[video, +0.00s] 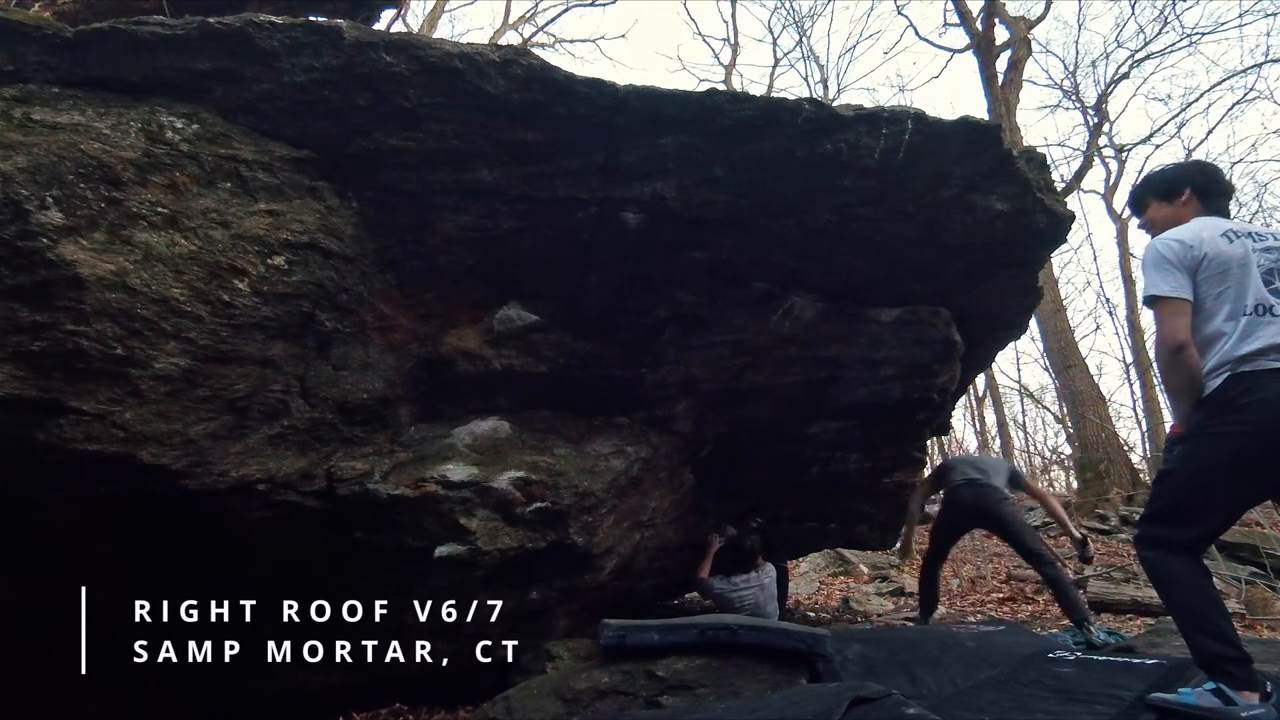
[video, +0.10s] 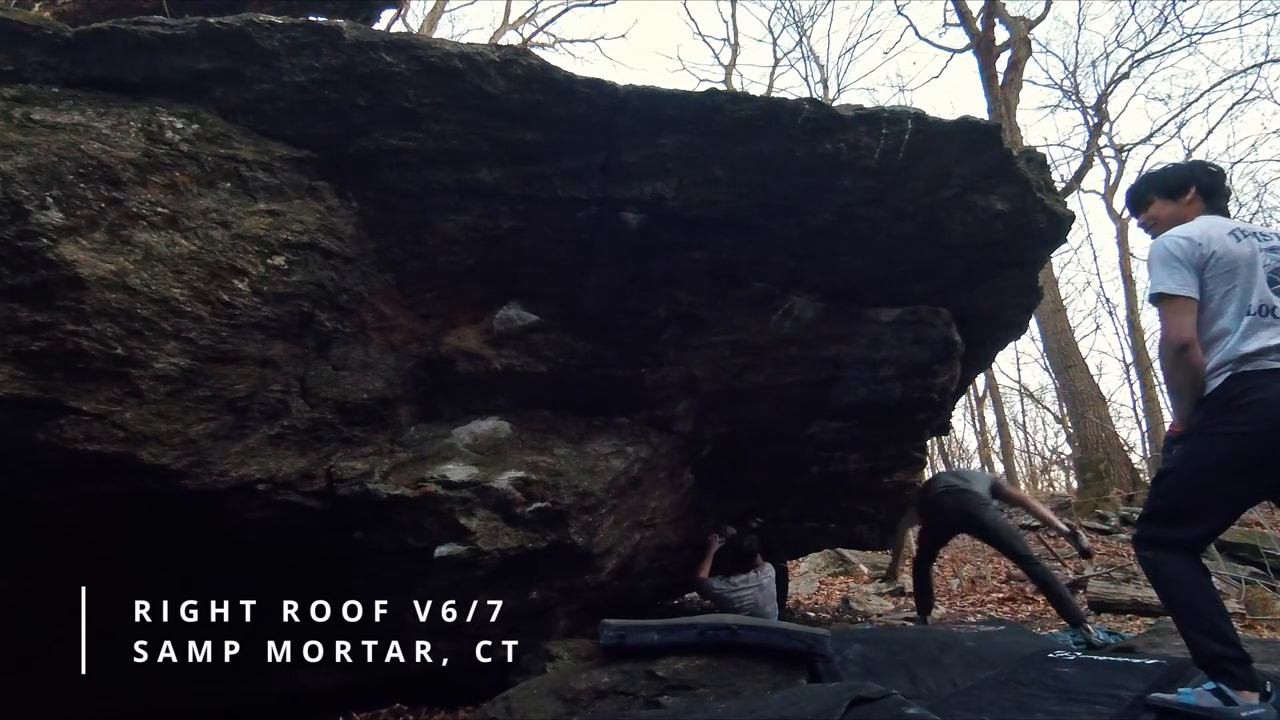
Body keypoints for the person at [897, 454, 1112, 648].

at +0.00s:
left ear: (960, 462)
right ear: (995, 462)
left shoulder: (947, 466)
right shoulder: (1006, 468)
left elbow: (918, 495)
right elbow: (1046, 498)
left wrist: (906, 539)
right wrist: (1075, 534)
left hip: (956, 505)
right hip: (995, 502)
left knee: (932, 562)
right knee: (1044, 561)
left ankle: (924, 618)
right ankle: (1087, 627)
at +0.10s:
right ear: (986, 479)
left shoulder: (929, 488)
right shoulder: (988, 480)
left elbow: (903, 525)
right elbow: (1030, 505)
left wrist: (893, 568)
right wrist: (1071, 533)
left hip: (938, 508)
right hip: (973, 504)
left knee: (922, 563)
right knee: (1029, 562)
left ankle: (923, 620)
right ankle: (1084, 627)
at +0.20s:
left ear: (932, 495)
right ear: (970, 494)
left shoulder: (917, 506)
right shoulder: (976, 494)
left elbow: (896, 549)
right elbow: (1021, 511)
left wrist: (887, 585)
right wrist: (1060, 529)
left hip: (925, 514)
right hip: (959, 511)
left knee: (915, 566)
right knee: (1018, 566)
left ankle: (920, 620)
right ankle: (1079, 627)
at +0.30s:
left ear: (923, 504)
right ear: (956, 499)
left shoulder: (911, 512)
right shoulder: (962, 501)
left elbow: (892, 567)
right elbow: (1002, 510)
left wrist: (885, 602)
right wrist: (1041, 524)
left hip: (915, 524)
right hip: (952, 517)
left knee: (910, 569)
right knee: (1015, 572)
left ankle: (921, 621)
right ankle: (1078, 628)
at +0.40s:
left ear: (919, 510)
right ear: (952, 507)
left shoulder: (908, 523)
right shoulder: (958, 507)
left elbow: (892, 574)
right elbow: (995, 510)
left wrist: (884, 609)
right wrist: (1041, 527)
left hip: (912, 530)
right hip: (949, 522)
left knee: (910, 569)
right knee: (1014, 574)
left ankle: (922, 622)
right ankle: (1076, 628)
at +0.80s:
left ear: (922, 497)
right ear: (951, 491)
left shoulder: (910, 508)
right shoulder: (960, 494)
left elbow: (887, 546)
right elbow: (998, 495)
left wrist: (875, 583)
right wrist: (1038, 502)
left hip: (922, 525)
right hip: (957, 517)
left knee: (915, 569)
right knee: (1023, 561)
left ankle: (921, 621)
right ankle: (1082, 616)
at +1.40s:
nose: (1096, 443)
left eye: (1098, 439)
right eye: (1097, 438)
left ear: (1071, 422)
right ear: (1089, 428)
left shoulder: (1050, 433)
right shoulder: (1080, 428)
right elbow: (1090, 454)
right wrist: (1099, 501)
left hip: (1006, 478)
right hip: (1036, 478)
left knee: (1040, 546)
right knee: (1076, 550)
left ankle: (1005, 584)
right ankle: (1092, 626)